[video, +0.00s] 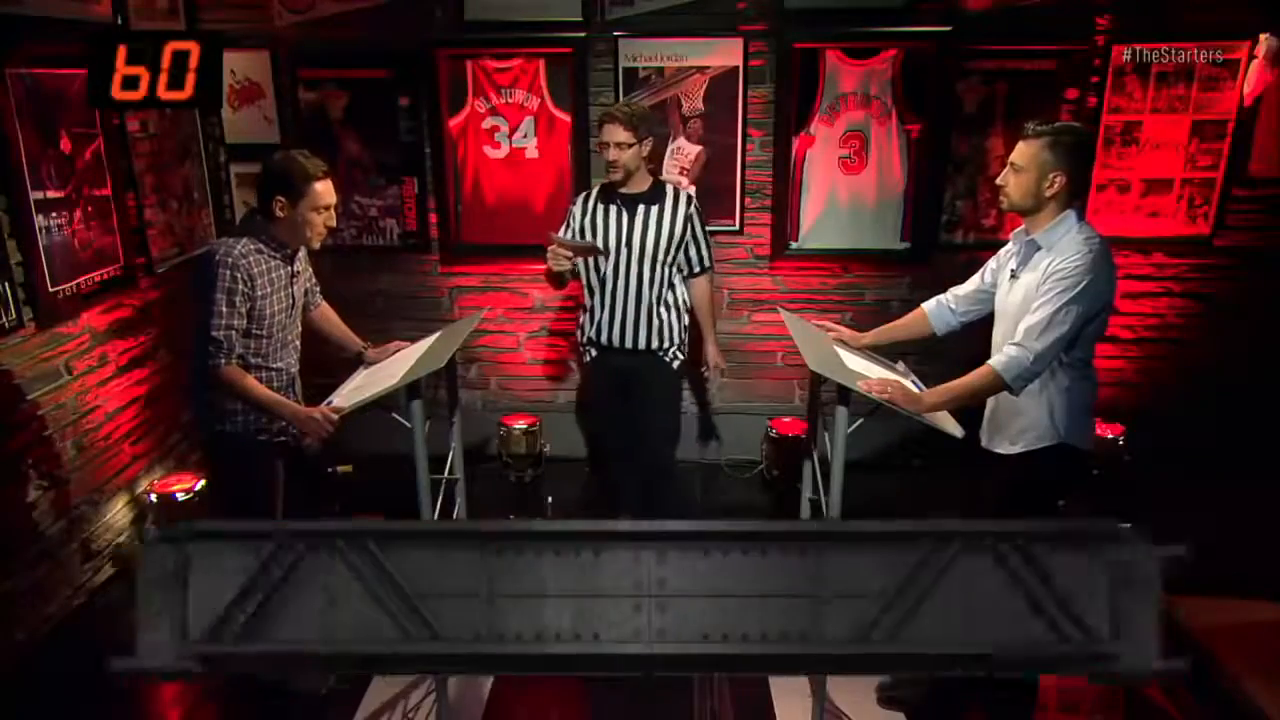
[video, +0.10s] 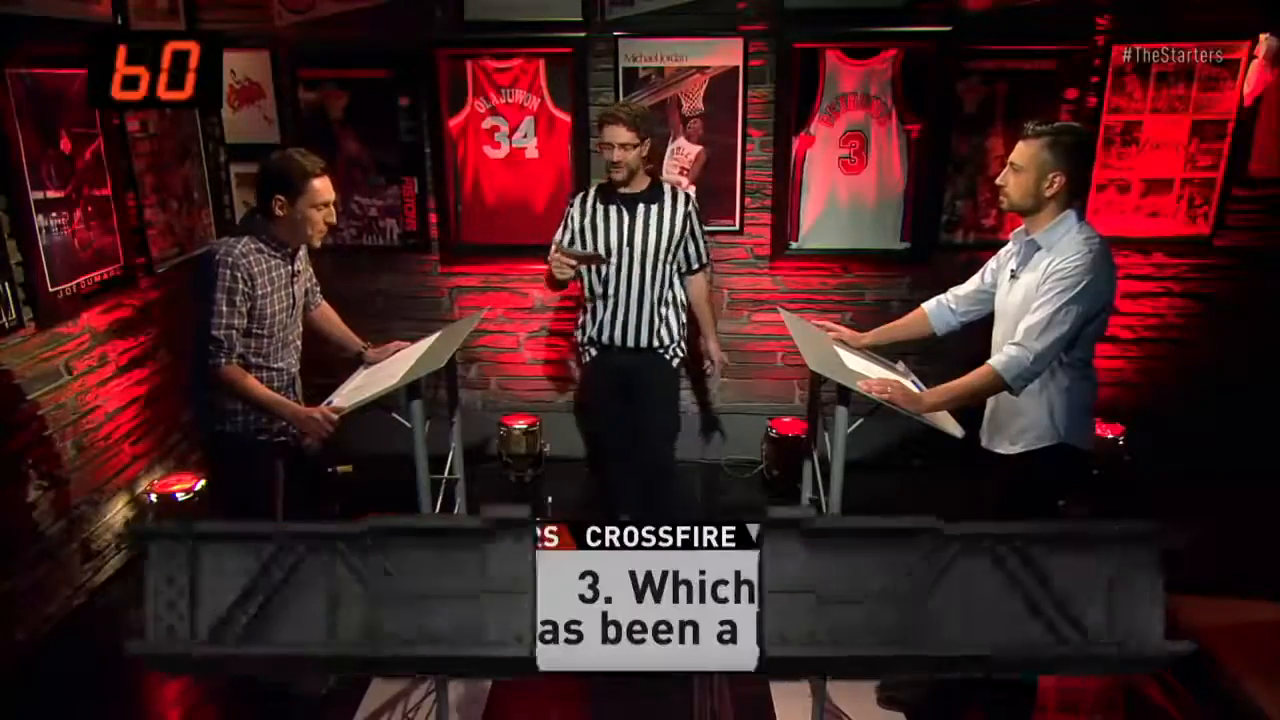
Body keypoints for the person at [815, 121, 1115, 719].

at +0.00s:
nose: (1001, 178)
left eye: (1014, 169)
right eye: (1005, 166)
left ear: (1054, 186)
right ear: (1045, 184)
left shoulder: (1083, 259)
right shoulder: (1025, 244)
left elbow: (1022, 359)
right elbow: (956, 305)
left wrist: (928, 399)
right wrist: (869, 338)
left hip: (1045, 447)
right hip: (1000, 435)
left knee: (1017, 578)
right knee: (977, 561)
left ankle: (1005, 702)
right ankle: (951, 680)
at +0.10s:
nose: (1001, 178)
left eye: (1014, 169)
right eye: (1005, 166)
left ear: (1053, 186)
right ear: (1045, 184)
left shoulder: (1083, 259)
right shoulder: (1025, 243)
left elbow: (1022, 359)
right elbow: (956, 305)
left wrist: (928, 399)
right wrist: (869, 338)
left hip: (1044, 447)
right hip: (1001, 436)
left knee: (1014, 577)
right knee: (978, 564)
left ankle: (1005, 703)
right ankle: (954, 688)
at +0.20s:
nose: (1001, 178)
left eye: (1014, 170)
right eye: (1005, 166)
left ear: (1053, 186)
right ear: (1045, 185)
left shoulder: (1083, 260)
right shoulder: (1026, 243)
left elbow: (1022, 360)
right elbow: (956, 305)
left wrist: (927, 399)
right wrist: (868, 339)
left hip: (1044, 446)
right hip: (1002, 435)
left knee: (1016, 573)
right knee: (987, 562)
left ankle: (1004, 698)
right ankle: (957, 682)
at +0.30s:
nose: (1001, 178)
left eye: (1014, 170)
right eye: (1005, 166)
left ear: (1054, 186)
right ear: (1044, 184)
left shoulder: (1083, 259)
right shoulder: (1026, 244)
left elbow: (1023, 359)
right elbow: (956, 305)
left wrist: (927, 399)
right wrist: (868, 339)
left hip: (1044, 448)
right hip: (1000, 436)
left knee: (1012, 578)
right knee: (972, 561)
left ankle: (994, 699)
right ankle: (942, 679)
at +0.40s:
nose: (1001, 177)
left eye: (1015, 168)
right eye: (1006, 164)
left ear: (1054, 186)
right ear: (1045, 184)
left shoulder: (1083, 260)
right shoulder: (1026, 243)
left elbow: (1022, 359)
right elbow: (956, 305)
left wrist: (927, 399)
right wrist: (869, 338)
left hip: (1043, 447)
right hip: (1000, 434)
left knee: (1011, 580)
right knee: (973, 562)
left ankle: (999, 704)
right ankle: (941, 682)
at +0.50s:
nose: (1002, 175)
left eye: (1016, 167)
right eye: (1007, 163)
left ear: (1054, 186)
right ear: (1046, 184)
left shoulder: (1083, 259)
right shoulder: (1026, 243)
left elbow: (1022, 358)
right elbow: (957, 305)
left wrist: (927, 399)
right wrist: (869, 338)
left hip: (1043, 446)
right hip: (1001, 433)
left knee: (1009, 580)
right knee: (974, 562)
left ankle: (998, 704)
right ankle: (941, 683)